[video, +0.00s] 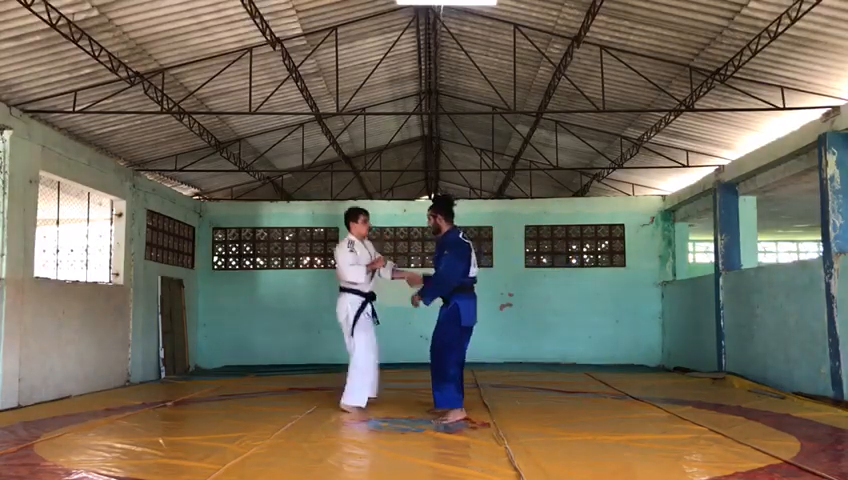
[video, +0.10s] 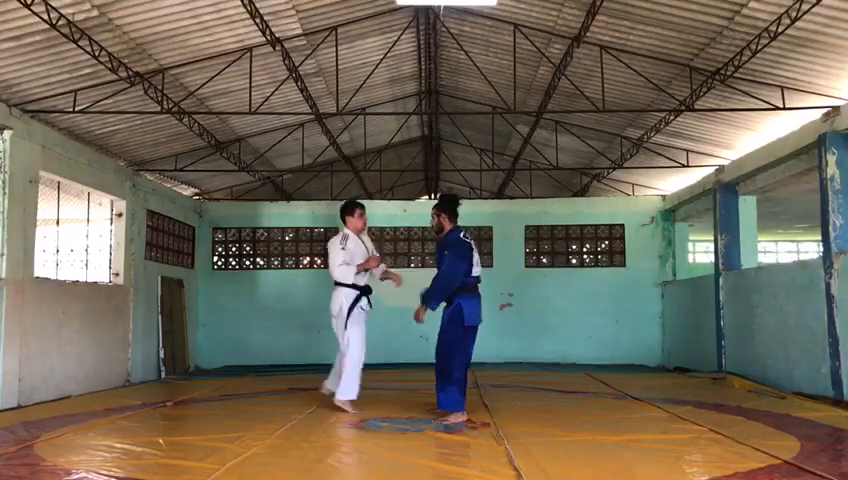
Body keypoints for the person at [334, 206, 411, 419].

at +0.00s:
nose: (368, 226)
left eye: (368, 222)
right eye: (364, 222)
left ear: (360, 224)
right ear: (352, 224)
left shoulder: (367, 246)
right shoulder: (345, 247)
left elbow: (385, 270)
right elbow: (349, 274)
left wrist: (407, 276)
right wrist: (371, 267)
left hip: (365, 301)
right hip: (351, 302)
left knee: (369, 349)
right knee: (362, 351)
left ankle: (362, 395)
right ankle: (350, 401)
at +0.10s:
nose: (364, 220)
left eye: (364, 216)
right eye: (360, 216)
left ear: (361, 218)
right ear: (348, 219)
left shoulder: (364, 240)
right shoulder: (338, 242)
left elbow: (374, 266)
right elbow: (338, 272)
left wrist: (389, 274)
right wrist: (365, 266)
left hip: (359, 297)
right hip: (346, 298)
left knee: (351, 347)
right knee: (355, 348)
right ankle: (343, 396)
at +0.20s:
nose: (361, 225)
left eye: (361, 221)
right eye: (357, 221)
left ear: (355, 224)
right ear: (344, 224)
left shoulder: (357, 247)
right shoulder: (334, 247)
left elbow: (358, 275)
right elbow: (332, 278)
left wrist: (372, 282)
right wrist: (359, 275)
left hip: (355, 304)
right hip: (342, 304)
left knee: (341, 352)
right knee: (350, 353)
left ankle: (311, 385)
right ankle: (334, 402)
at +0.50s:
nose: (348, 227)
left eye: (348, 223)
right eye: (344, 223)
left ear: (338, 225)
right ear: (332, 225)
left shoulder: (341, 247)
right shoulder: (324, 246)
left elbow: (336, 275)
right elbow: (322, 277)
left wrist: (347, 284)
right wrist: (347, 295)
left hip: (325, 301)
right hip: (323, 302)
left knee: (311, 350)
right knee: (334, 352)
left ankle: (291, 398)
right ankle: (333, 402)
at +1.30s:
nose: (357, 241)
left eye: (358, 237)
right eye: (354, 237)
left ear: (346, 238)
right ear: (342, 236)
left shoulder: (345, 259)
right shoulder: (331, 257)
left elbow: (348, 289)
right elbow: (334, 292)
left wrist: (367, 297)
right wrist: (360, 295)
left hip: (324, 312)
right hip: (330, 314)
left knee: (316, 360)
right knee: (352, 360)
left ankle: (291, 402)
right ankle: (364, 406)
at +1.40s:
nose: (366, 246)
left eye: (366, 242)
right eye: (362, 242)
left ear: (360, 242)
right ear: (350, 241)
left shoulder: (359, 265)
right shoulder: (334, 264)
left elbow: (373, 291)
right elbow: (337, 297)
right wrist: (362, 302)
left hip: (333, 317)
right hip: (336, 318)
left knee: (327, 361)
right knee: (363, 358)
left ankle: (293, 400)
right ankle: (368, 408)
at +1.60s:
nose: (372, 244)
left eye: (372, 240)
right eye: (368, 239)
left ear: (359, 241)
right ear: (355, 240)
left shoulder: (367, 259)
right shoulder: (345, 264)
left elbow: (384, 273)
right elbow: (358, 292)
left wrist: (400, 274)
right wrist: (383, 300)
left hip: (354, 314)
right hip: (343, 315)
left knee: (356, 358)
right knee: (370, 356)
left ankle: (314, 379)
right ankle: (370, 408)